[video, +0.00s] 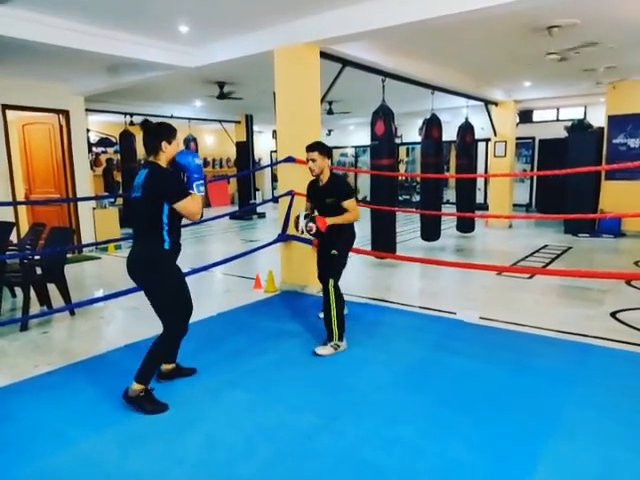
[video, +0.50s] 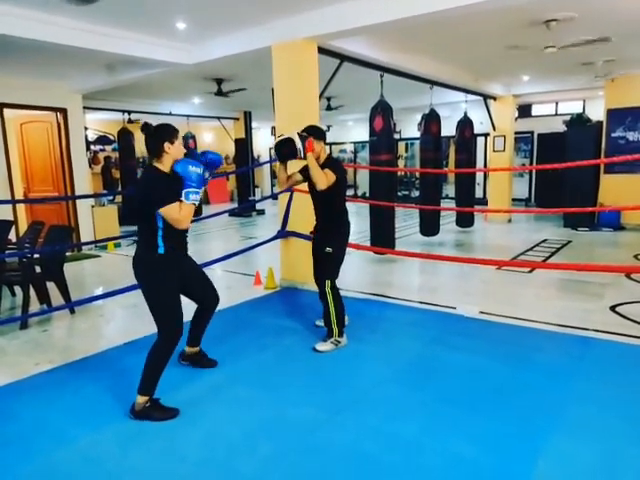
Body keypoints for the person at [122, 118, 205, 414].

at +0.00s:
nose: (179, 147)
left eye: (178, 142)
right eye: (176, 143)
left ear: (155, 146)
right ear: (165, 145)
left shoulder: (145, 173)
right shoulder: (164, 176)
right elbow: (194, 211)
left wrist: (187, 193)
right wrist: (194, 181)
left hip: (147, 256)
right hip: (154, 261)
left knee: (182, 308)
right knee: (176, 322)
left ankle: (168, 365)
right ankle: (137, 388)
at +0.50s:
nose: (183, 148)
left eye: (182, 142)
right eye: (180, 142)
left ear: (164, 148)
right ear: (167, 147)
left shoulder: (172, 176)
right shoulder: (152, 181)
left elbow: (185, 211)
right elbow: (182, 221)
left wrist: (200, 178)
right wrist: (193, 187)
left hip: (175, 259)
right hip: (154, 264)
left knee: (209, 298)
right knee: (171, 331)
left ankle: (192, 350)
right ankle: (142, 401)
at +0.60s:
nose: (190, 152)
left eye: (189, 147)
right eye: (186, 147)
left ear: (173, 152)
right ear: (173, 151)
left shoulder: (184, 179)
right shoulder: (156, 184)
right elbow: (179, 224)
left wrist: (239, 158)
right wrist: (192, 191)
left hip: (182, 261)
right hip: (158, 266)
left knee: (215, 300)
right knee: (173, 331)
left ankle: (215, 344)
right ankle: (143, 401)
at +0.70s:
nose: (196, 151)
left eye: (195, 146)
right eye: (192, 146)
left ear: (181, 151)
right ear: (179, 151)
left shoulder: (191, 176)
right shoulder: (163, 185)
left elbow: (229, 166)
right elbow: (185, 221)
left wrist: (256, 155)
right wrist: (198, 188)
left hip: (187, 262)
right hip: (165, 265)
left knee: (217, 300)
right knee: (174, 329)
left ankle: (222, 345)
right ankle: (144, 400)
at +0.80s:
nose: (200, 146)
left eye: (198, 141)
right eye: (197, 141)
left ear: (177, 147)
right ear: (188, 145)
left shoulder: (173, 172)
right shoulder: (195, 171)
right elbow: (235, 186)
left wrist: (216, 166)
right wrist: (234, 159)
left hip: (176, 249)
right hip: (185, 253)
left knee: (215, 294)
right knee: (178, 319)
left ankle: (223, 343)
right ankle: (139, 380)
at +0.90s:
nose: (201, 144)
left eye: (199, 139)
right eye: (198, 140)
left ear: (176, 147)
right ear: (190, 145)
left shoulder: (167, 175)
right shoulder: (207, 163)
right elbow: (248, 160)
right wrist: (255, 140)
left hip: (172, 248)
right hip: (189, 250)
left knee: (211, 290)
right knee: (180, 314)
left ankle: (222, 343)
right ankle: (140, 368)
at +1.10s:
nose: (196, 149)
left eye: (195, 145)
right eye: (193, 145)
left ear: (173, 148)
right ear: (181, 147)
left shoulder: (160, 175)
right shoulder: (193, 174)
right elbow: (230, 195)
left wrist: (208, 187)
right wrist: (231, 177)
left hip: (168, 250)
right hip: (184, 252)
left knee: (214, 292)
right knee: (187, 315)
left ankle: (225, 343)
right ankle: (147, 367)